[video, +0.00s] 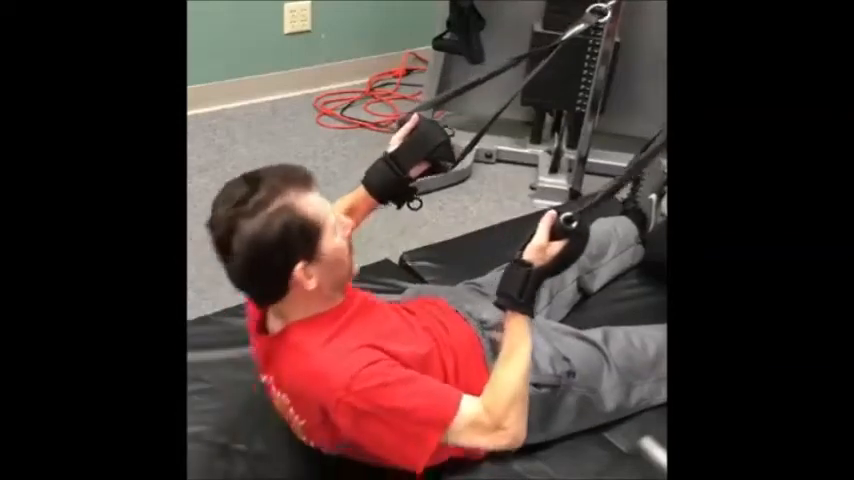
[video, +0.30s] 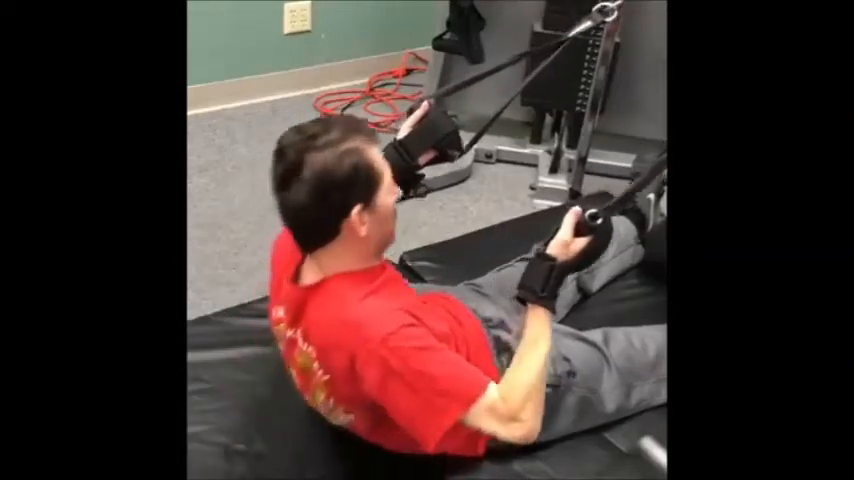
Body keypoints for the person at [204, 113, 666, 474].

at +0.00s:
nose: (344, 223)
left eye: (333, 217)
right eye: (333, 224)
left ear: (293, 276)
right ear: (304, 276)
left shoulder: (274, 300)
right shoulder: (351, 384)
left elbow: (336, 230)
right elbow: (500, 427)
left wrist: (385, 176)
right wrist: (524, 286)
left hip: (454, 306)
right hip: (508, 379)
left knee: (606, 230)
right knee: (656, 350)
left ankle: (638, 221)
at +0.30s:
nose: (396, 190)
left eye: (390, 181)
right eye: (388, 186)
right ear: (358, 220)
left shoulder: (290, 251)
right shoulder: (383, 340)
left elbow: (334, 197)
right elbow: (516, 421)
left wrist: (400, 155)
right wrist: (545, 282)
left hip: (453, 305)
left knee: (558, 264)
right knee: (659, 349)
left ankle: (634, 218)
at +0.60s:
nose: (445, 175)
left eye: (443, 161)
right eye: (441, 165)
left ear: (357, 169)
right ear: (413, 183)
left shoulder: (322, 218)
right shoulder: (418, 306)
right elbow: (534, 413)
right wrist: (564, 279)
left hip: (451, 311)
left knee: (557, 260)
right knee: (662, 348)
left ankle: (641, 229)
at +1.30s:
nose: (507, 162)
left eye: (510, 150)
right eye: (509, 149)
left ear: (426, 141)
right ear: (490, 153)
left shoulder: (363, 193)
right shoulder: (471, 262)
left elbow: (357, 173)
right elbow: (566, 404)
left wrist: (433, 139)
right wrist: (613, 265)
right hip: (481, 407)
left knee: (554, 260)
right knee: (662, 346)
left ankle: (631, 217)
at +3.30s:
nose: (488, 161)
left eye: (491, 149)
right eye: (489, 149)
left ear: (402, 145)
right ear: (462, 157)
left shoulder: (350, 198)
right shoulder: (454, 265)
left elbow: (399, 165)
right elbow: (568, 386)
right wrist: (605, 261)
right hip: (481, 407)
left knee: (555, 259)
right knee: (662, 347)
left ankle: (629, 223)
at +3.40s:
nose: (477, 163)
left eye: (478, 151)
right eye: (476, 152)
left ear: (392, 151)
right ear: (448, 165)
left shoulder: (344, 201)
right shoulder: (446, 275)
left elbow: (392, 169)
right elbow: (562, 390)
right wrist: (600, 265)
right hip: (478, 405)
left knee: (551, 261)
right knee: (662, 347)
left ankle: (628, 223)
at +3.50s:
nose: (469, 166)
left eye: (468, 153)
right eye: (466, 154)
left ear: (380, 155)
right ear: (436, 170)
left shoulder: (338, 205)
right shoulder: (435, 283)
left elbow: (388, 172)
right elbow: (555, 396)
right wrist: (597, 270)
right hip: (475, 405)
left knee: (545, 264)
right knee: (660, 350)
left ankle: (626, 225)